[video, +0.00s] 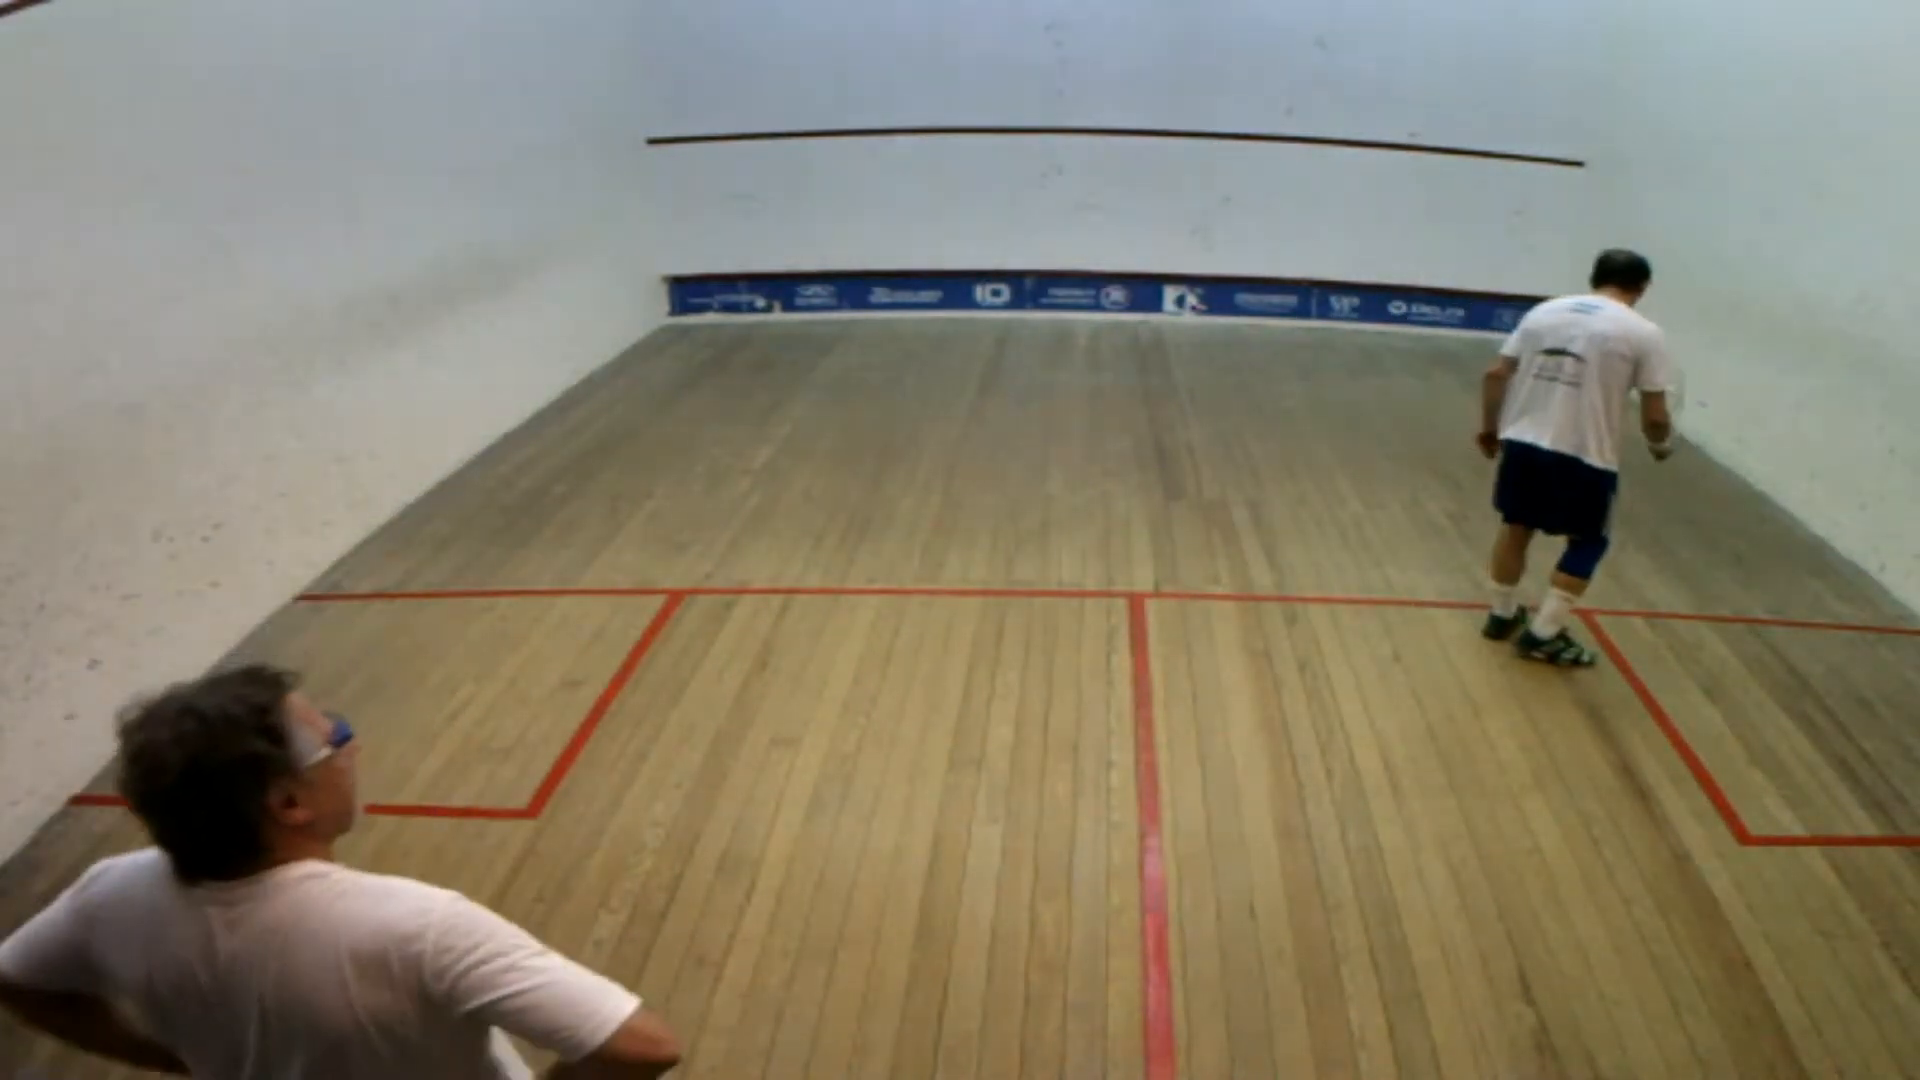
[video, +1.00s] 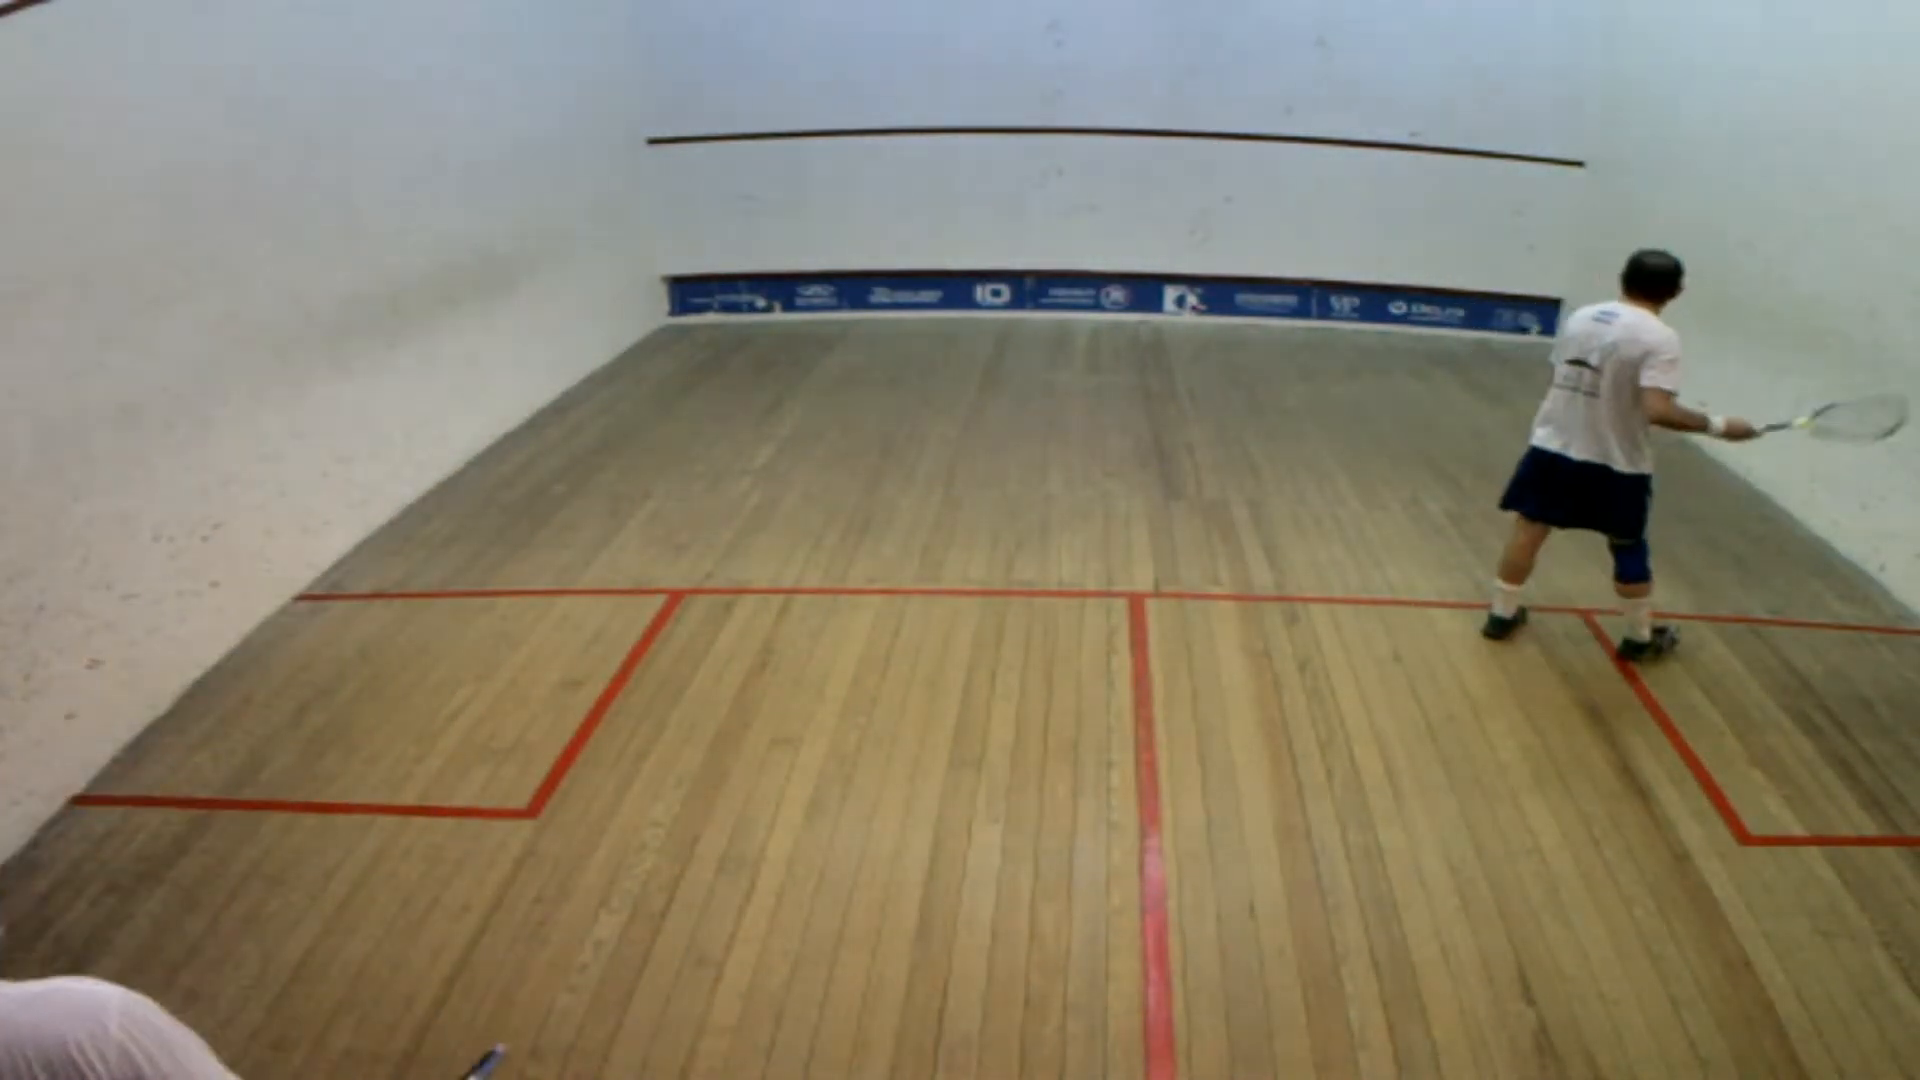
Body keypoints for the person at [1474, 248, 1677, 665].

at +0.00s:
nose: (1641, 297)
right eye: (1643, 291)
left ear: (1594, 280)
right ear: (1638, 288)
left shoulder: (1546, 310)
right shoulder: (1642, 333)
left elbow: (1496, 373)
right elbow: (1655, 418)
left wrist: (1489, 428)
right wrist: (1660, 445)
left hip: (1523, 443)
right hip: (1586, 457)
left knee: (1516, 526)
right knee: (1588, 541)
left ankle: (1501, 612)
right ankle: (1544, 631)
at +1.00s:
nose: (1676, 297)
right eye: (1676, 291)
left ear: (1625, 282)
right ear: (1670, 294)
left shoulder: (1579, 319)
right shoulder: (1659, 338)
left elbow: (1559, 381)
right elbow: (1658, 410)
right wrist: (1717, 425)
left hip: (1552, 453)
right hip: (1618, 467)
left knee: (1527, 532)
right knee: (1629, 552)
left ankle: (1500, 615)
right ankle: (1639, 634)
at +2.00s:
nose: (1785, 321)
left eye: (1785, 313)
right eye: (1785, 315)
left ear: (1733, 300)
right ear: (1775, 316)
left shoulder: (1682, 329)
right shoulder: (1772, 371)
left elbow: (1612, 348)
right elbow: (1841, 407)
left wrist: (1610, 353)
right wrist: (1897, 417)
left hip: (1625, 454)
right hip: (1690, 484)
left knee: (1579, 521)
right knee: (1676, 560)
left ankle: (1520, 586)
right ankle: (1639, 636)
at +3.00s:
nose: (1361, 335)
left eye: (1374, 328)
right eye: (1365, 324)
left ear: (1414, 338)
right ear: (1422, 339)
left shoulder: (1405, 400)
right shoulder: (1469, 383)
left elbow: (1402, 492)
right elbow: (1452, 468)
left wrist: (1359, 485)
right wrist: (1379, 478)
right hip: (1466, 542)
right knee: (1385, 585)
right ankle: (1409, 665)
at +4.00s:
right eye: (1880, 515)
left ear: (1806, 487)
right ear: (1872, 520)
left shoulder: (1724, 526)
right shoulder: (1851, 588)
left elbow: (1588, 580)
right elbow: (1880, 728)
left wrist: (1567, 643)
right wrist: (1916, 750)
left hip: (1582, 704)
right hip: (1658, 755)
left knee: (1600, 794)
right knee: (1599, 855)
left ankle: (1562, 875)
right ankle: (1441, 896)